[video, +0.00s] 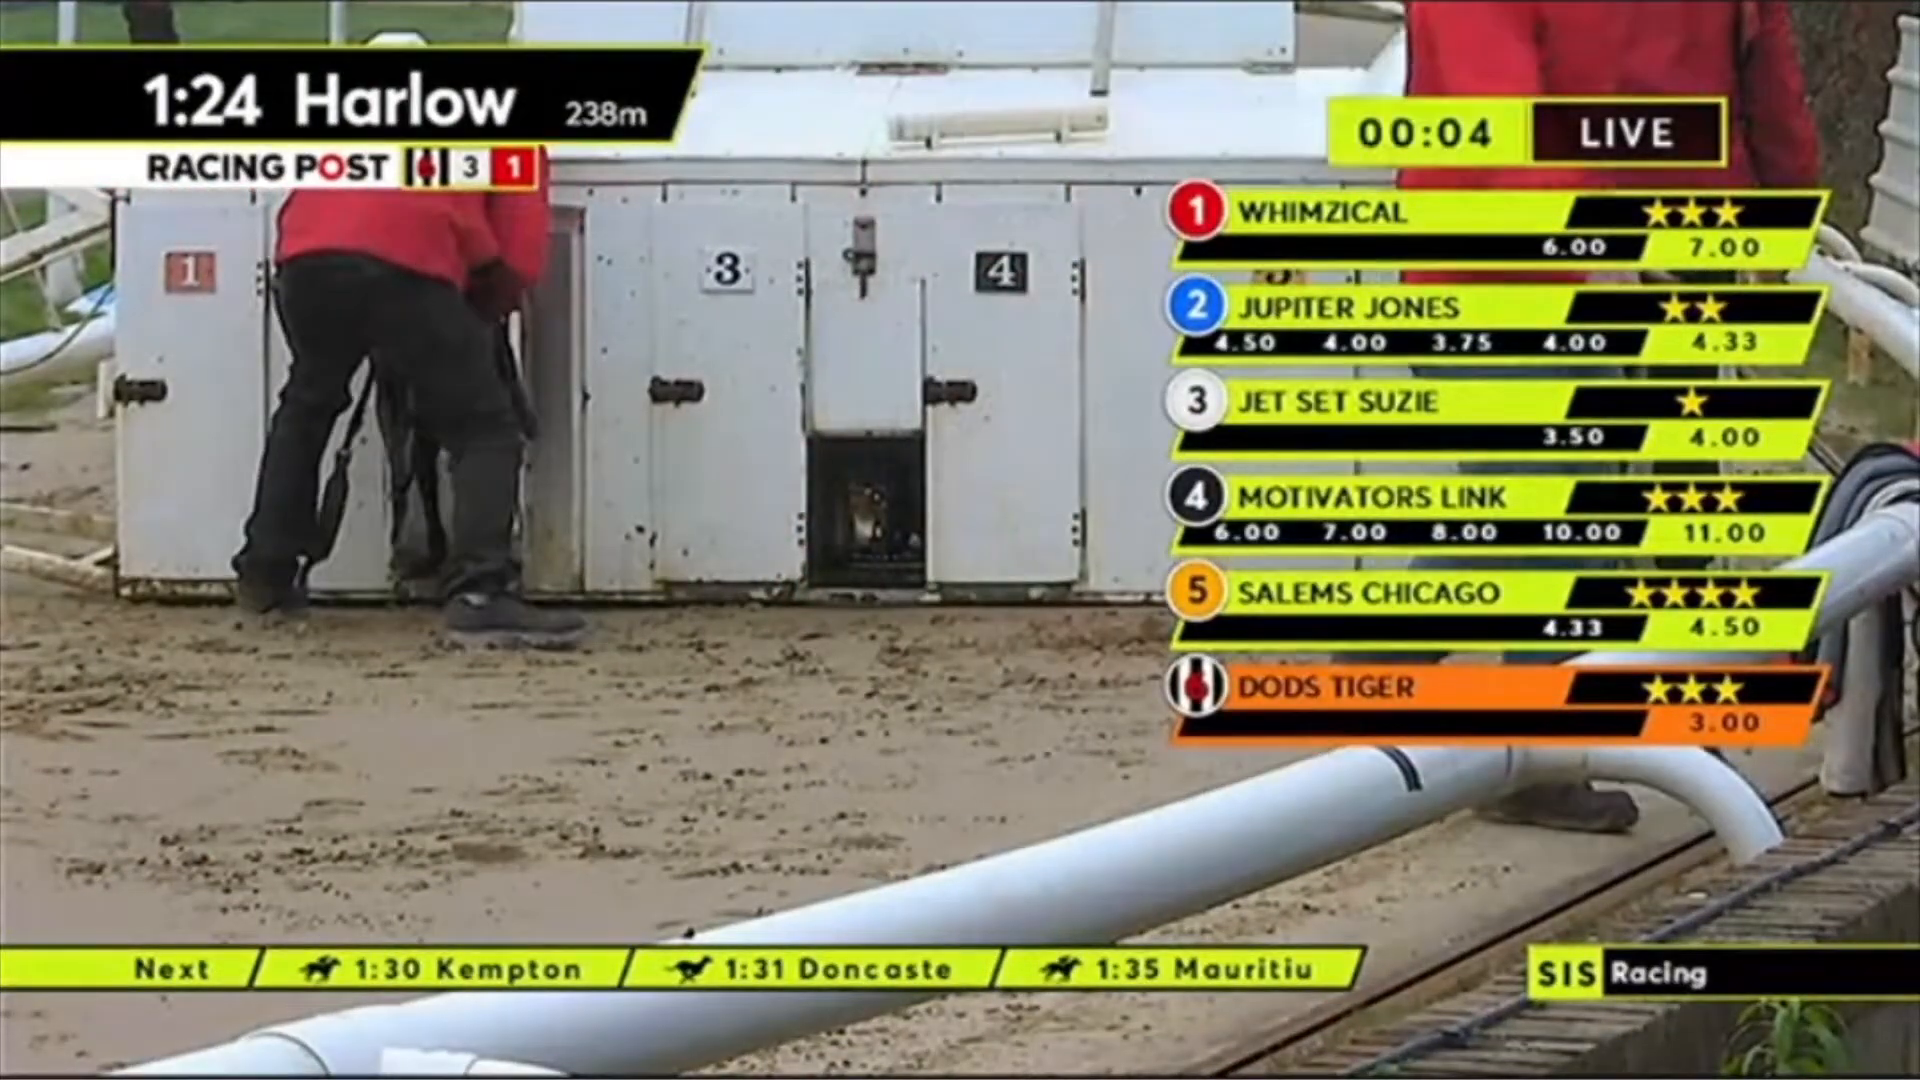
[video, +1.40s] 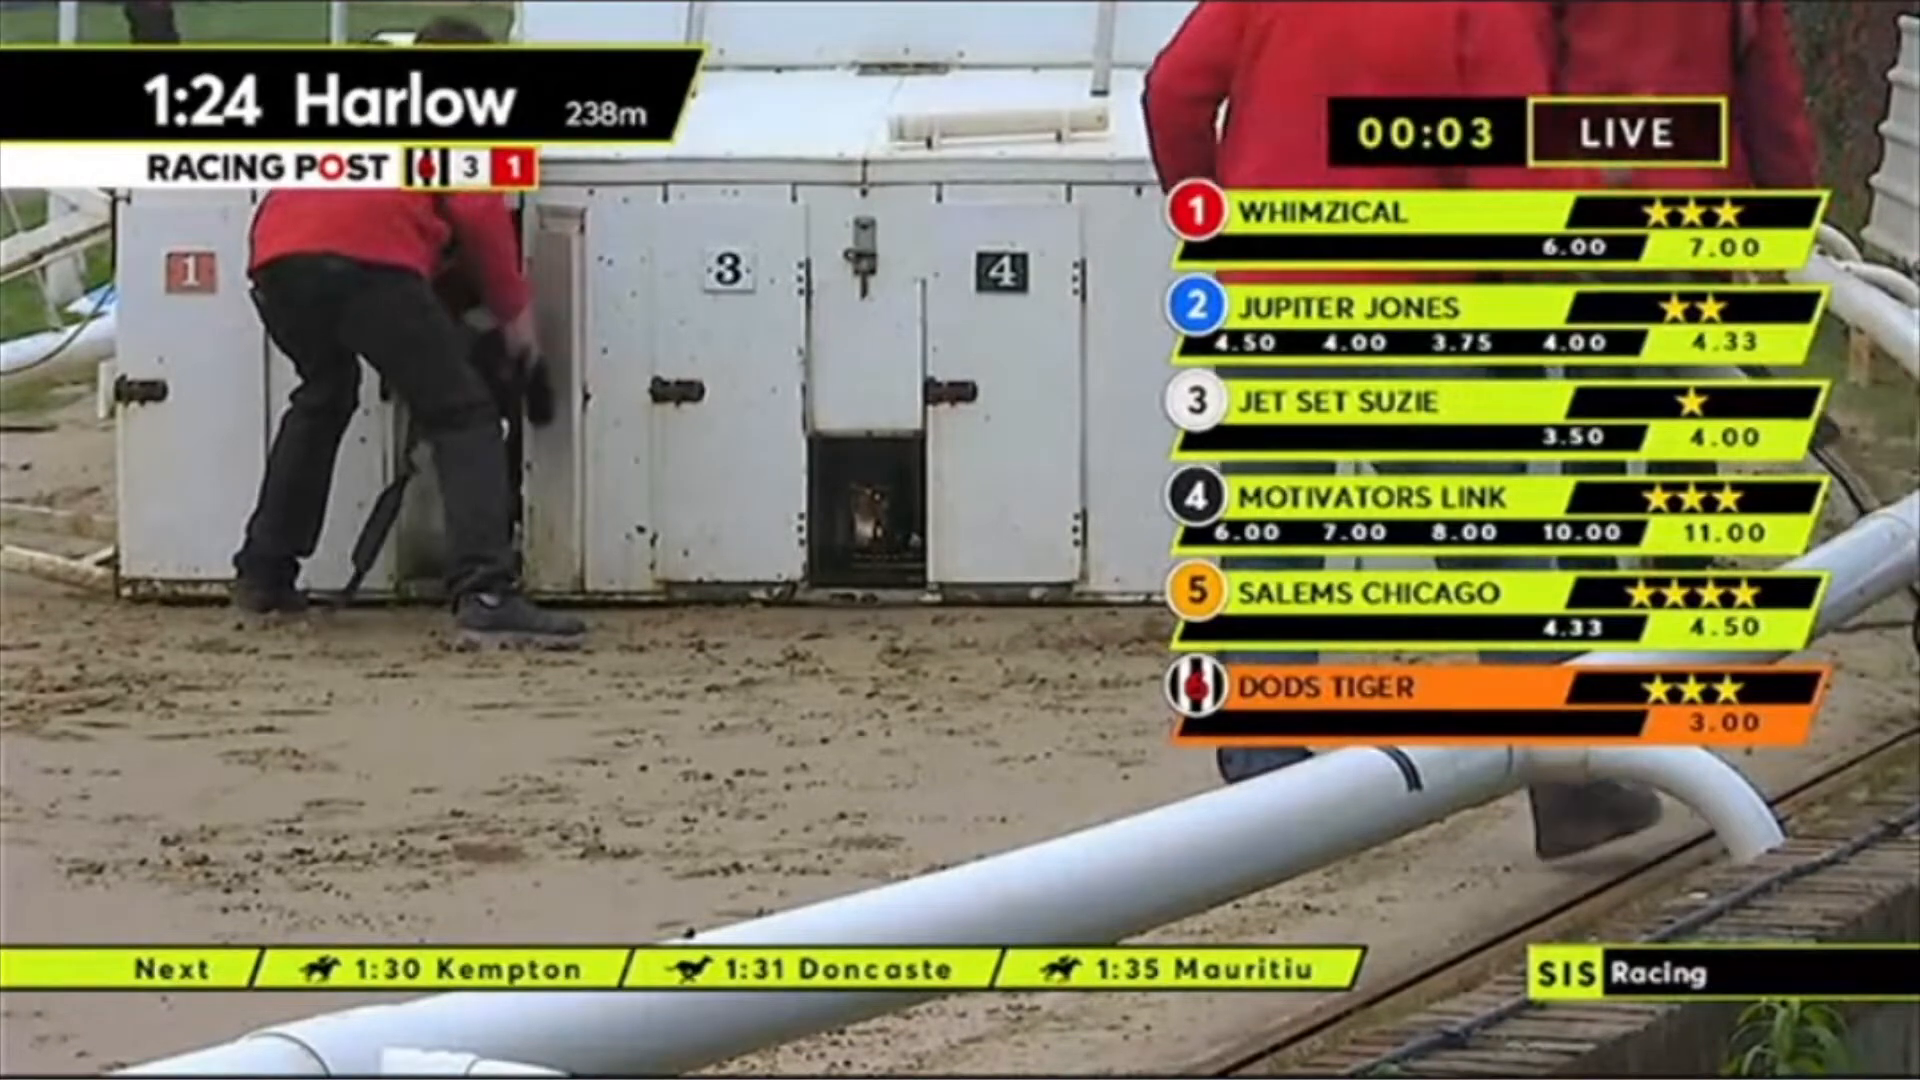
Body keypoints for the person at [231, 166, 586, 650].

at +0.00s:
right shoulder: (513, 137)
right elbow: (521, 263)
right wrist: (474, 316)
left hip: (308, 258)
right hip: (409, 270)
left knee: (310, 395)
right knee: (487, 429)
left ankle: (266, 573)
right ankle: (483, 591)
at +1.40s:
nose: (490, 100)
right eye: (492, 87)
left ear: (418, 54)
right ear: (477, 69)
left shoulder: (359, 102)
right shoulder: (470, 113)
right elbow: (478, 208)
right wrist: (515, 312)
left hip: (278, 258)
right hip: (374, 259)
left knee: (323, 391)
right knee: (464, 414)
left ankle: (263, 575)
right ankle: (487, 593)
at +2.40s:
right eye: (469, 71)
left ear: (409, 29)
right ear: (461, 50)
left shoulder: (330, 61)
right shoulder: (459, 85)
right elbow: (458, 220)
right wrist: (434, 291)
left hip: (259, 244)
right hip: (357, 253)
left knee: (303, 395)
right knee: (415, 416)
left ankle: (262, 574)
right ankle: (424, 585)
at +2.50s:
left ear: (412, 26)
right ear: (461, 43)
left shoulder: (313, 70)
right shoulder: (455, 79)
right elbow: (455, 214)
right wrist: (432, 292)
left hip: (262, 240)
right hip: (365, 245)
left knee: (305, 391)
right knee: (441, 406)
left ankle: (262, 573)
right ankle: (452, 555)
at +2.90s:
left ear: (398, 37)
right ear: (456, 51)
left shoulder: (329, 90)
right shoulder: (462, 93)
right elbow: (487, 214)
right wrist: (465, 276)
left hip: (297, 265)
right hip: (403, 260)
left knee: (307, 393)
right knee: (487, 417)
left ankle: (261, 572)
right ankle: (510, 593)